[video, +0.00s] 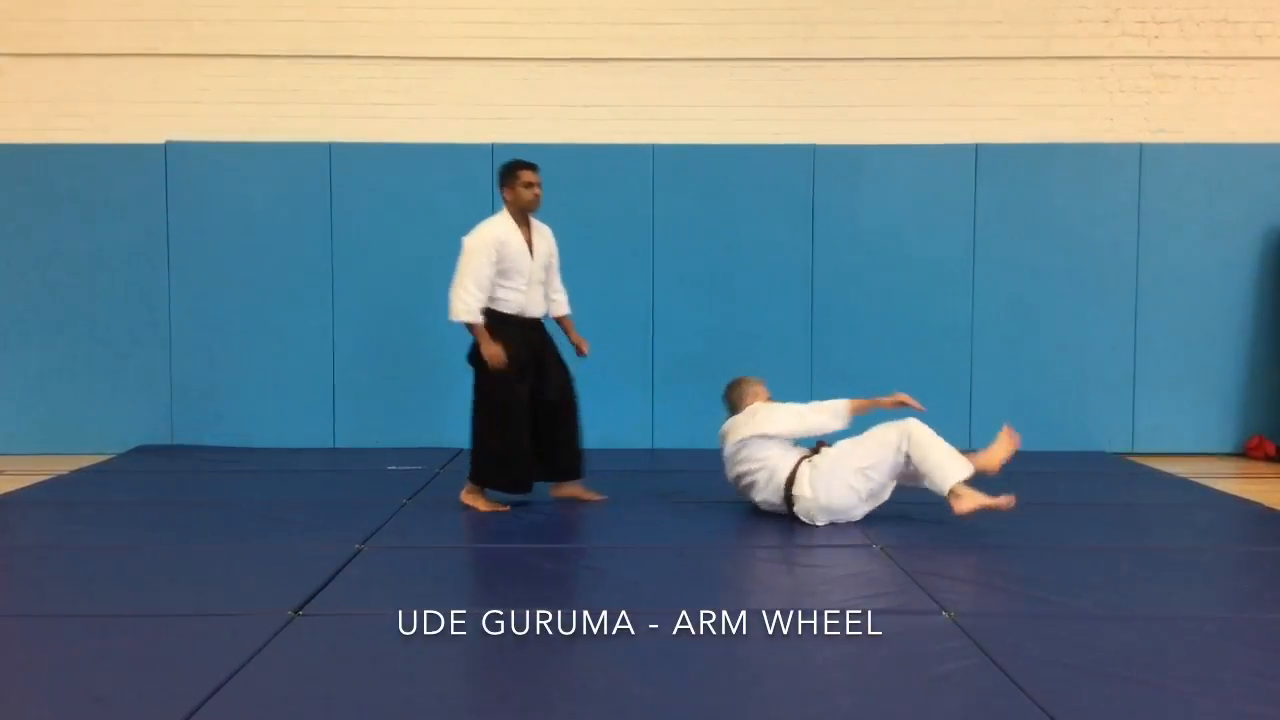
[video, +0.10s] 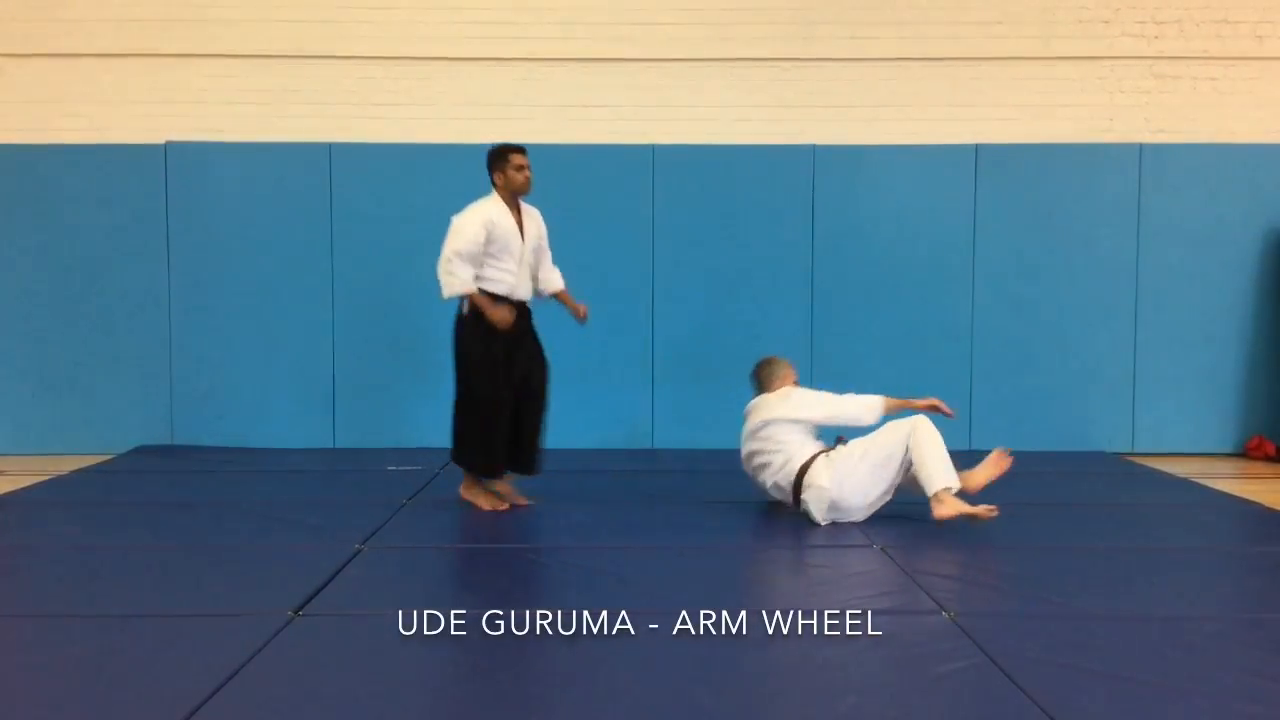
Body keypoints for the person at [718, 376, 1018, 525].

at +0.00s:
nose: (771, 401)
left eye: (768, 397)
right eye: (766, 396)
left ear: (733, 406)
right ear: (753, 398)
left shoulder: (734, 450)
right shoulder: (755, 417)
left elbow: (772, 484)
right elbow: (819, 414)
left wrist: (811, 457)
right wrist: (879, 402)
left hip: (814, 512)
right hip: (816, 482)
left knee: (901, 466)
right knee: (906, 430)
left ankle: (979, 462)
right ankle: (959, 493)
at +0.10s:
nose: (797, 383)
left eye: (795, 378)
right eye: (793, 378)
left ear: (760, 387)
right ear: (784, 380)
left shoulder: (750, 437)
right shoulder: (784, 398)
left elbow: (781, 484)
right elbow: (854, 408)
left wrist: (829, 453)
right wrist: (913, 404)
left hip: (825, 508)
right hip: (829, 478)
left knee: (899, 463)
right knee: (915, 426)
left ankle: (964, 479)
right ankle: (944, 498)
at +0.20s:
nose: (823, 374)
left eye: (822, 369)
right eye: (821, 369)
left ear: (786, 372)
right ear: (814, 368)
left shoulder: (763, 429)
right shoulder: (812, 386)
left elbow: (781, 490)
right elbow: (872, 402)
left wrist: (835, 453)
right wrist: (932, 408)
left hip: (830, 509)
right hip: (839, 476)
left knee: (893, 466)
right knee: (920, 423)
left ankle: (946, 491)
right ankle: (926, 499)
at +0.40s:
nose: (871, 360)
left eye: (868, 355)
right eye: (869, 355)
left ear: (835, 360)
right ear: (864, 356)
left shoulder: (807, 397)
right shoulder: (862, 374)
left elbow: (789, 455)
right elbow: (924, 398)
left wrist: (806, 490)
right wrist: (947, 415)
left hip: (834, 503)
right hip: (845, 464)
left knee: (912, 490)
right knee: (937, 436)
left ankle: (940, 517)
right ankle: (912, 515)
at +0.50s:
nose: (886, 357)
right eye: (884, 354)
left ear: (850, 358)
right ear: (881, 355)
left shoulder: (825, 390)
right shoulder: (885, 368)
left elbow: (802, 445)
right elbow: (945, 395)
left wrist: (805, 490)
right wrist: (960, 417)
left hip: (838, 490)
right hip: (863, 452)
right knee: (962, 445)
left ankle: (941, 514)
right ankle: (916, 513)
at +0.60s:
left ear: (853, 353)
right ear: (884, 346)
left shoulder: (835, 385)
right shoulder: (894, 357)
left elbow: (811, 440)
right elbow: (955, 381)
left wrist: (808, 487)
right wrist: (969, 408)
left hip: (861, 465)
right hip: (893, 432)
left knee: (930, 485)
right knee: (992, 448)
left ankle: (949, 508)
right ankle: (933, 495)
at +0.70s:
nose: (851, 345)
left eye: (851, 341)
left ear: (855, 342)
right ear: (884, 334)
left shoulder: (845, 375)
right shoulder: (904, 344)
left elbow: (821, 433)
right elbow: (964, 366)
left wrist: (810, 483)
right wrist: (979, 395)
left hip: (896, 443)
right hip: (932, 414)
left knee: (921, 494)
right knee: (1011, 443)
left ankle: (946, 495)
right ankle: (974, 475)